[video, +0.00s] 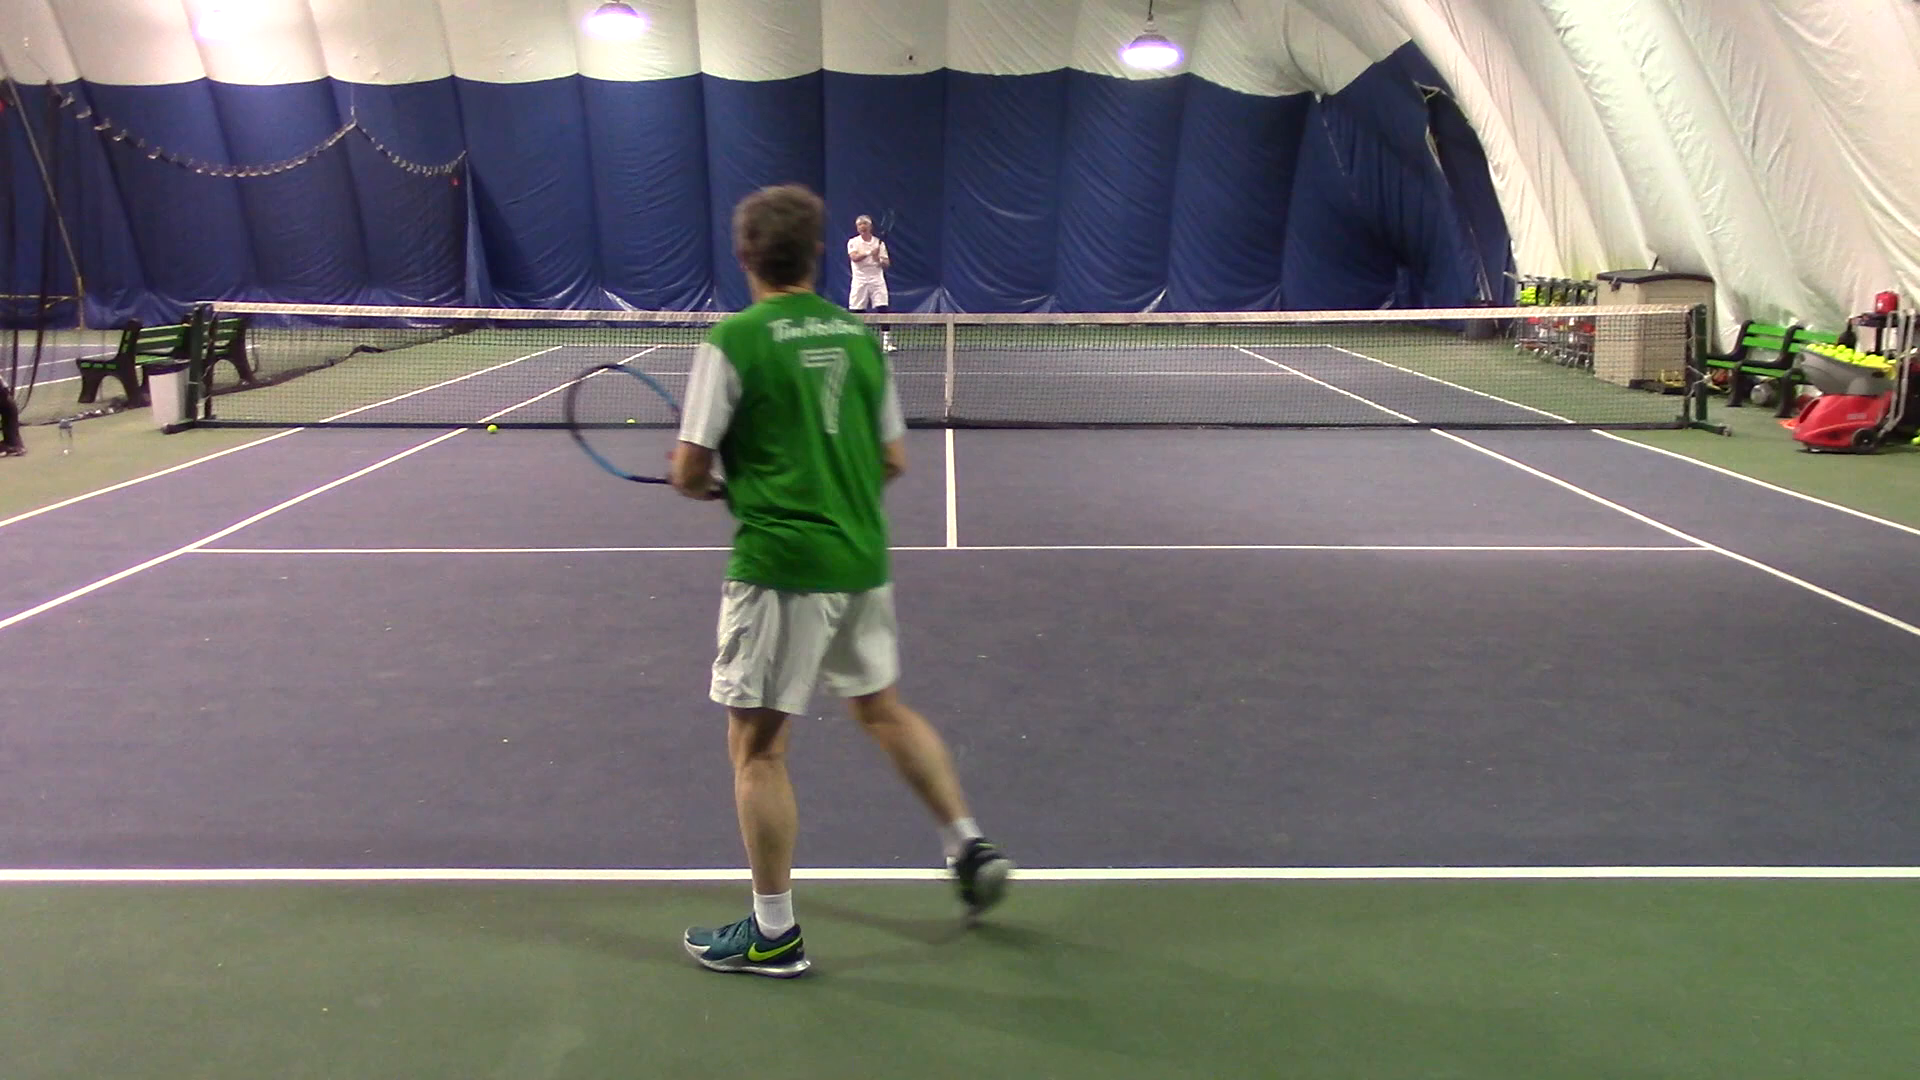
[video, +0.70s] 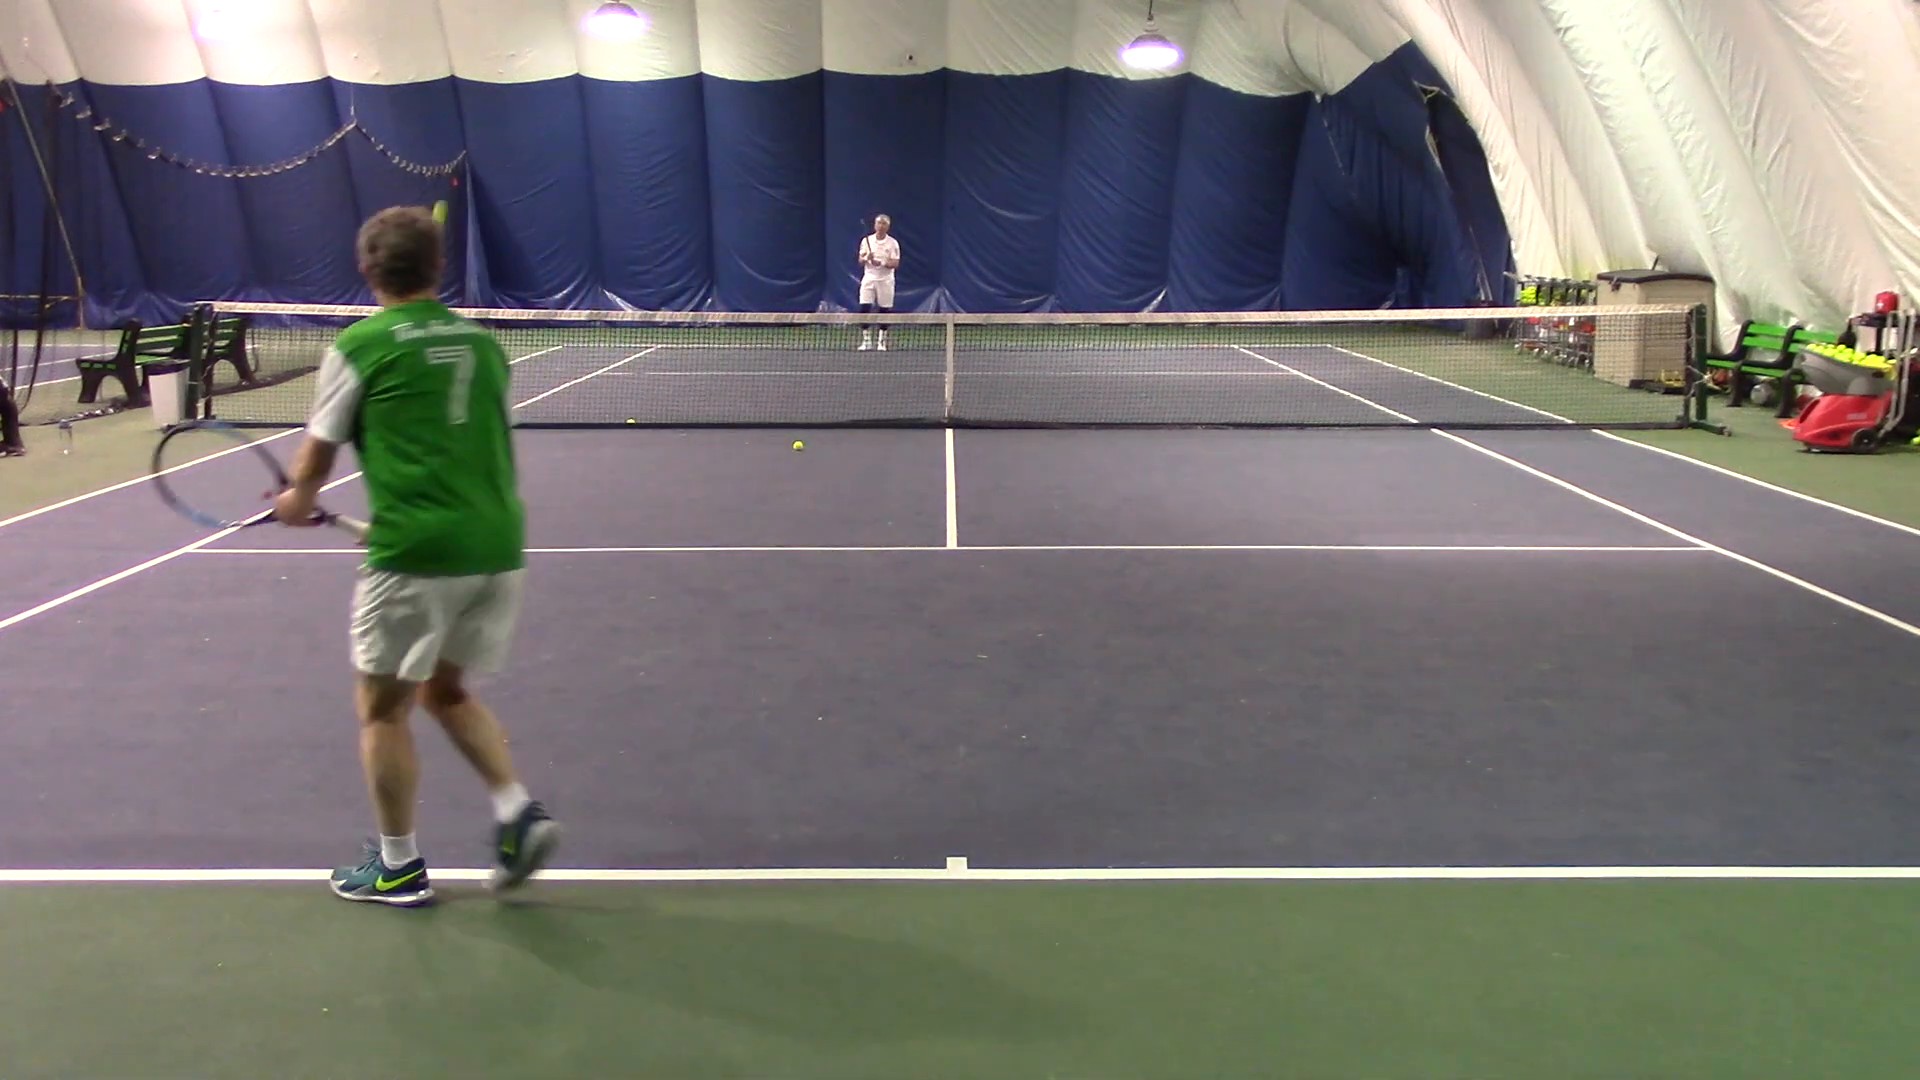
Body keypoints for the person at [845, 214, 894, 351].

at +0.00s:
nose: (863, 231)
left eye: (865, 228)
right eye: (860, 229)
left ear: (870, 227)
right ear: (857, 229)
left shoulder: (879, 243)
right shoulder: (853, 242)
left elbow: (886, 263)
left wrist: (877, 257)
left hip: (877, 279)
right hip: (859, 280)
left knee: (882, 309)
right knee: (856, 311)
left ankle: (886, 340)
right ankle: (854, 342)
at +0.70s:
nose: (880, 226)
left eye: (883, 223)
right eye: (878, 223)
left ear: (888, 226)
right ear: (875, 225)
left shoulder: (893, 243)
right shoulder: (866, 241)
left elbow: (896, 262)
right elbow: (860, 260)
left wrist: (883, 262)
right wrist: (867, 257)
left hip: (886, 279)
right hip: (869, 277)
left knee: (885, 310)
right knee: (865, 307)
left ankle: (882, 340)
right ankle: (866, 339)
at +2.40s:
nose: (935, 228)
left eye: (937, 225)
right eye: (933, 225)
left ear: (941, 227)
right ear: (929, 226)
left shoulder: (946, 243)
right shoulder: (921, 241)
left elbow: (947, 259)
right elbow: (916, 258)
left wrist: (938, 264)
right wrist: (923, 261)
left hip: (939, 277)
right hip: (924, 277)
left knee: (941, 306)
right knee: (921, 305)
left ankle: (943, 333)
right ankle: (923, 332)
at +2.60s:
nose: (932, 231)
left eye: (935, 229)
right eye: (930, 229)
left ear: (938, 230)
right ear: (927, 229)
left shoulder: (945, 244)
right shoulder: (919, 244)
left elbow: (947, 261)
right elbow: (916, 261)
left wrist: (938, 268)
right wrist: (923, 265)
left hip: (940, 278)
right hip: (925, 278)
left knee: (939, 304)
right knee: (923, 306)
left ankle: (943, 334)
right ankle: (924, 333)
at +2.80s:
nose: (933, 228)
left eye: (936, 226)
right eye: (931, 226)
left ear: (940, 227)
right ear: (928, 227)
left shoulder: (948, 243)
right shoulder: (924, 243)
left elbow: (951, 260)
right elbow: (921, 259)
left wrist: (940, 267)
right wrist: (927, 266)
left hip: (944, 278)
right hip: (930, 277)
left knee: (943, 305)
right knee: (927, 304)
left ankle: (944, 334)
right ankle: (928, 332)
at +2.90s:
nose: (935, 229)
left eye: (938, 226)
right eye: (933, 226)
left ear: (942, 227)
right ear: (930, 228)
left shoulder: (949, 242)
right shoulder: (926, 243)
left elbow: (951, 260)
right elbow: (924, 259)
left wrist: (940, 267)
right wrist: (928, 266)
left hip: (946, 276)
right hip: (933, 275)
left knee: (945, 304)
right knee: (929, 304)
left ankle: (944, 334)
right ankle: (935, 332)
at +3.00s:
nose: (937, 229)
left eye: (940, 226)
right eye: (935, 226)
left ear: (944, 227)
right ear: (932, 227)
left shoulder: (950, 242)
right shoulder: (928, 242)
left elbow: (951, 260)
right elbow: (926, 257)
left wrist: (939, 266)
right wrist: (928, 264)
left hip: (947, 276)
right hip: (935, 275)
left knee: (945, 305)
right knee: (933, 304)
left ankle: (948, 333)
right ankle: (943, 330)